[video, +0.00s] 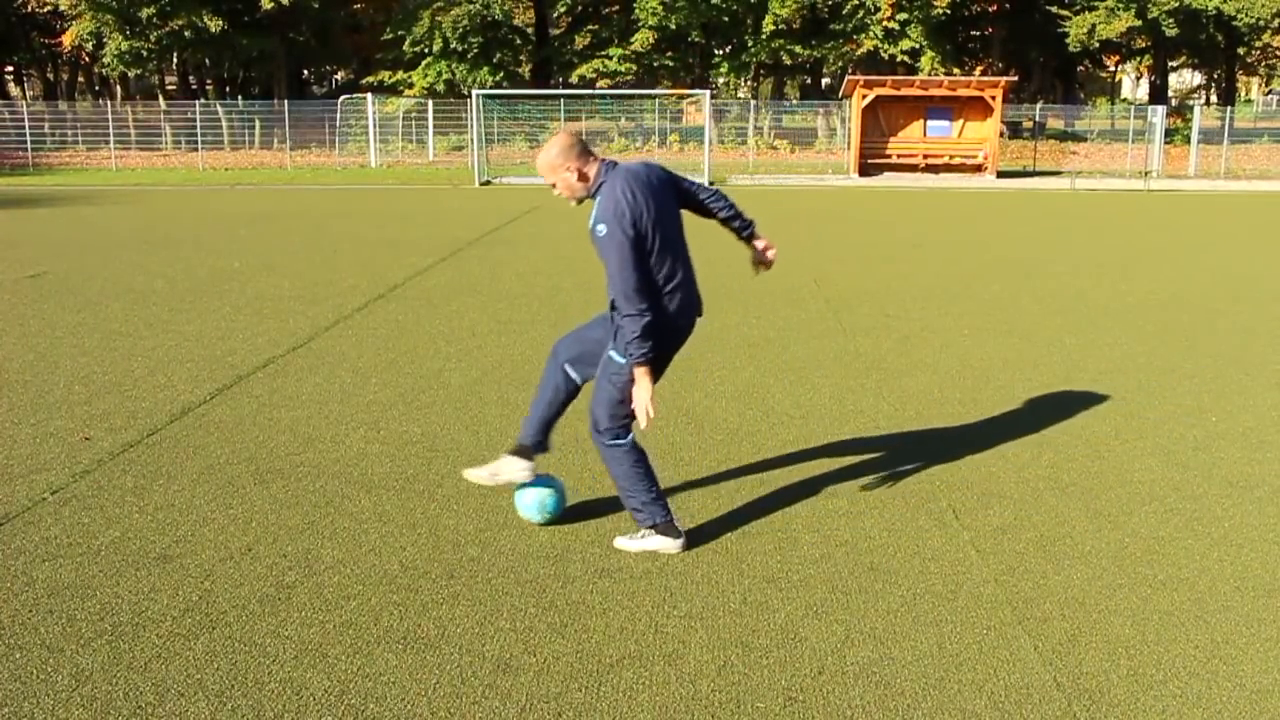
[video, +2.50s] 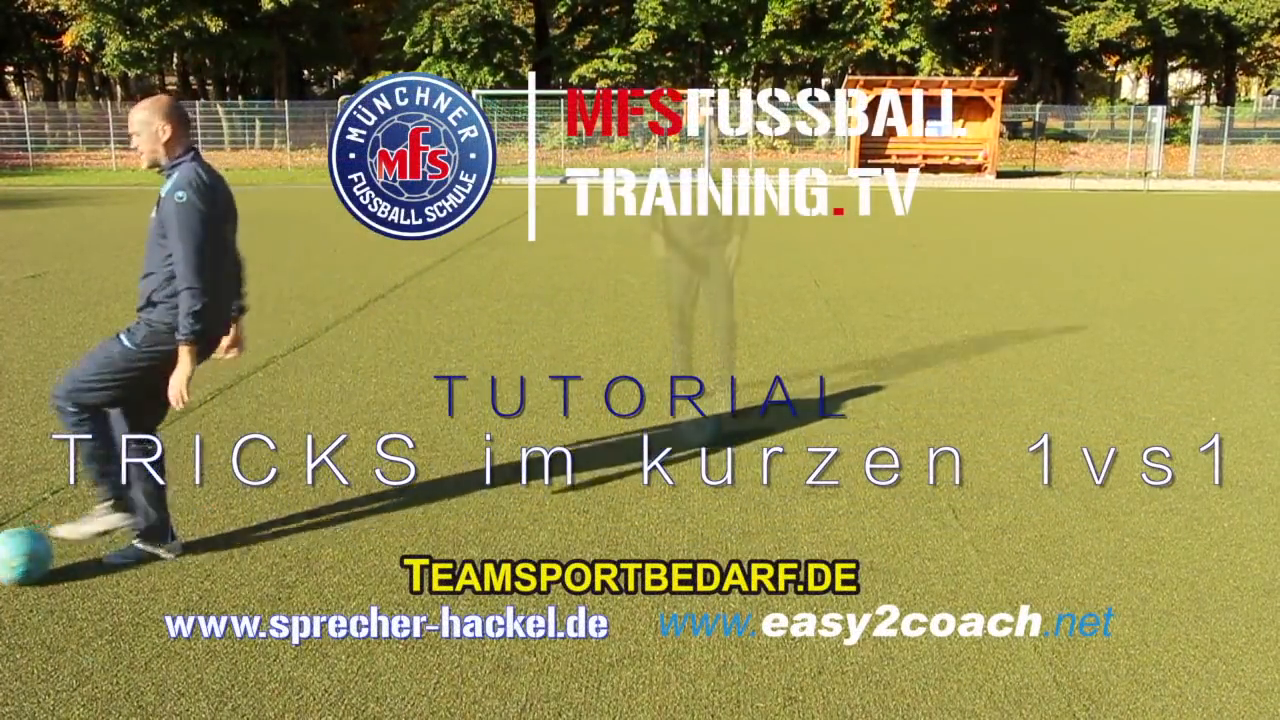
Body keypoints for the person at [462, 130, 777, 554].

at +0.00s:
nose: (555, 192)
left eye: (555, 183)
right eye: (551, 185)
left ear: (578, 169)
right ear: (581, 166)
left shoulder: (609, 215)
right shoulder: (645, 172)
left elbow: (632, 303)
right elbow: (708, 197)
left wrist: (642, 374)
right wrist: (753, 238)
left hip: (651, 323)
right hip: (672, 306)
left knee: (609, 426)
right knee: (568, 354)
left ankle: (661, 528)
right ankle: (524, 454)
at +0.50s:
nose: (502, 173)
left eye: (501, 163)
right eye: (498, 165)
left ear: (523, 151)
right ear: (530, 146)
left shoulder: (547, 193)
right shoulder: (592, 166)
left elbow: (565, 278)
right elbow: (649, 204)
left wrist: (576, 348)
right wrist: (685, 253)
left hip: (582, 316)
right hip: (608, 303)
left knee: (586, 426)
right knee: (529, 380)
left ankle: (654, 517)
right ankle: (476, 457)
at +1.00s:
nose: (426, 167)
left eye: (428, 158)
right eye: (424, 157)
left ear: (443, 157)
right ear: (461, 149)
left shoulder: (458, 199)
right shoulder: (504, 176)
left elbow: (478, 273)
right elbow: (562, 216)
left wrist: (492, 338)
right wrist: (604, 262)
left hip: (510, 311)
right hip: (537, 301)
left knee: (514, 420)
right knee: (473, 384)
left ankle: (606, 486)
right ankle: (478, 482)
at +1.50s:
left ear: (388, 194)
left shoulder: (406, 224)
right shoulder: (445, 199)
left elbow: (437, 282)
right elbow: (500, 225)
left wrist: (454, 345)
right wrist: (519, 274)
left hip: (470, 310)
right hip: (495, 299)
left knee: (403, 394)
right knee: (454, 390)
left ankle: (468, 475)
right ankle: (473, 476)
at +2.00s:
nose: (250, 175)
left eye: (251, 165)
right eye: (248, 166)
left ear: (274, 159)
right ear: (284, 155)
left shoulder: (305, 199)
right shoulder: (334, 175)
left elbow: (338, 281)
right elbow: (388, 212)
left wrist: (350, 348)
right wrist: (410, 269)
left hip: (361, 319)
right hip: (392, 307)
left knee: (316, 416)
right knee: (386, 390)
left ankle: (354, 522)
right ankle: (464, 471)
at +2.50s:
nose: (133, 146)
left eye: (137, 136)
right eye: (131, 137)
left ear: (166, 131)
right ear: (172, 132)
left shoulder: (183, 187)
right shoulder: (207, 179)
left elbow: (190, 280)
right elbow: (229, 255)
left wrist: (186, 358)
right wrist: (235, 317)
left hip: (163, 328)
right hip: (193, 327)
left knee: (72, 397)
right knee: (133, 422)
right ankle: (155, 534)